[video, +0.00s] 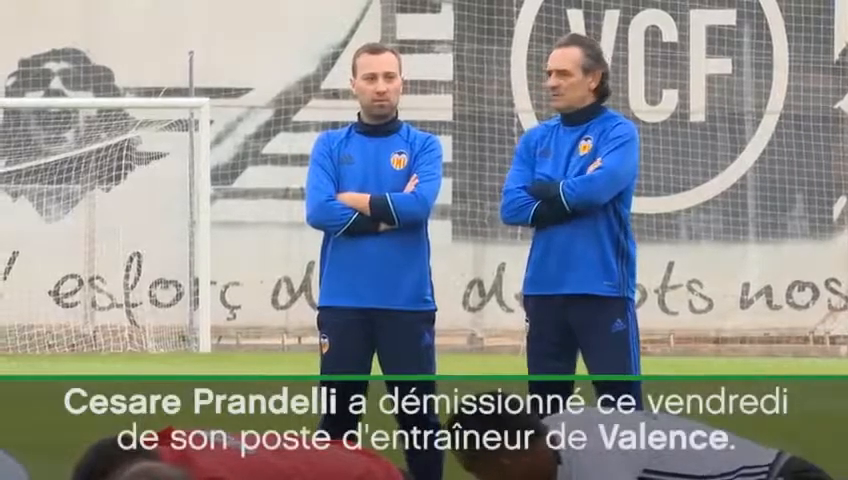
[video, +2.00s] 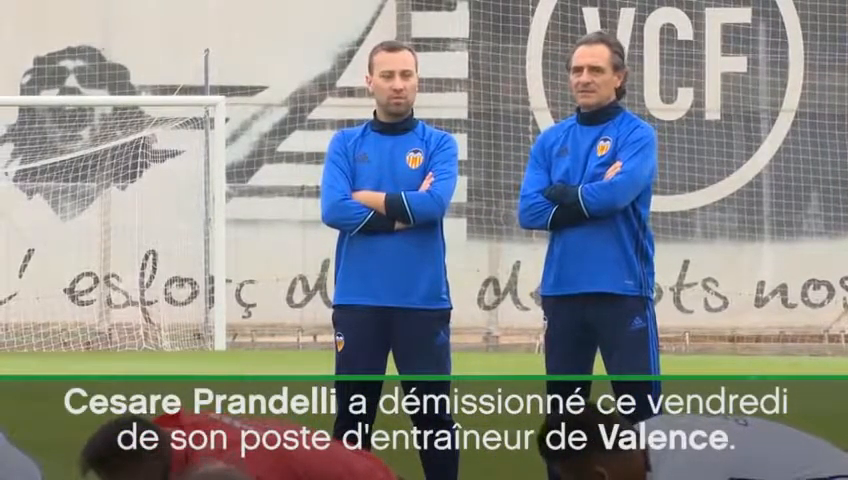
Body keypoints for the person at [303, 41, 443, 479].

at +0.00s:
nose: (381, 87)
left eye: (389, 77)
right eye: (370, 78)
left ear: (402, 84)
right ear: (353, 86)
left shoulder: (424, 144)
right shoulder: (330, 144)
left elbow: (418, 207)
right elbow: (318, 212)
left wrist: (348, 198)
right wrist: (391, 214)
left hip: (407, 303)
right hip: (342, 303)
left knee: (418, 415)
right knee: (337, 417)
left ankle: (427, 479)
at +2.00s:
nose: (398, 84)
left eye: (406, 75)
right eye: (388, 75)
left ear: (417, 82)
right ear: (370, 83)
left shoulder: (440, 143)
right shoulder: (345, 142)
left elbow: (434, 206)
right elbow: (333, 210)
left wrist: (363, 197)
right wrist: (406, 213)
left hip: (423, 302)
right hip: (358, 302)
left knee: (433, 416)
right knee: (352, 418)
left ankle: (442, 479)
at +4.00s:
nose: (391, 86)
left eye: (401, 76)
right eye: (381, 77)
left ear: (416, 82)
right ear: (368, 84)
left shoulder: (438, 143)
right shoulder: (344, 142)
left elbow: (433, 208)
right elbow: (333, 211)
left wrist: (365, 197)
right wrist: (406, 210)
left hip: (423, 303)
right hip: (357, 303)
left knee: (433, 421)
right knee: (352, 421)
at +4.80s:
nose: (391, 86)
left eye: (400, 76)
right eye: (381, 77)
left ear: (416, 82)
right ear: (368, 84)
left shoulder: (438, 144)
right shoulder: (349, 143)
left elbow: (432, 206)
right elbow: (339, 203)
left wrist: (367, 199)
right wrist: (411, 195)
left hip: (422, 300)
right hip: (359, 300)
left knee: (434, 417)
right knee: (350, 420)